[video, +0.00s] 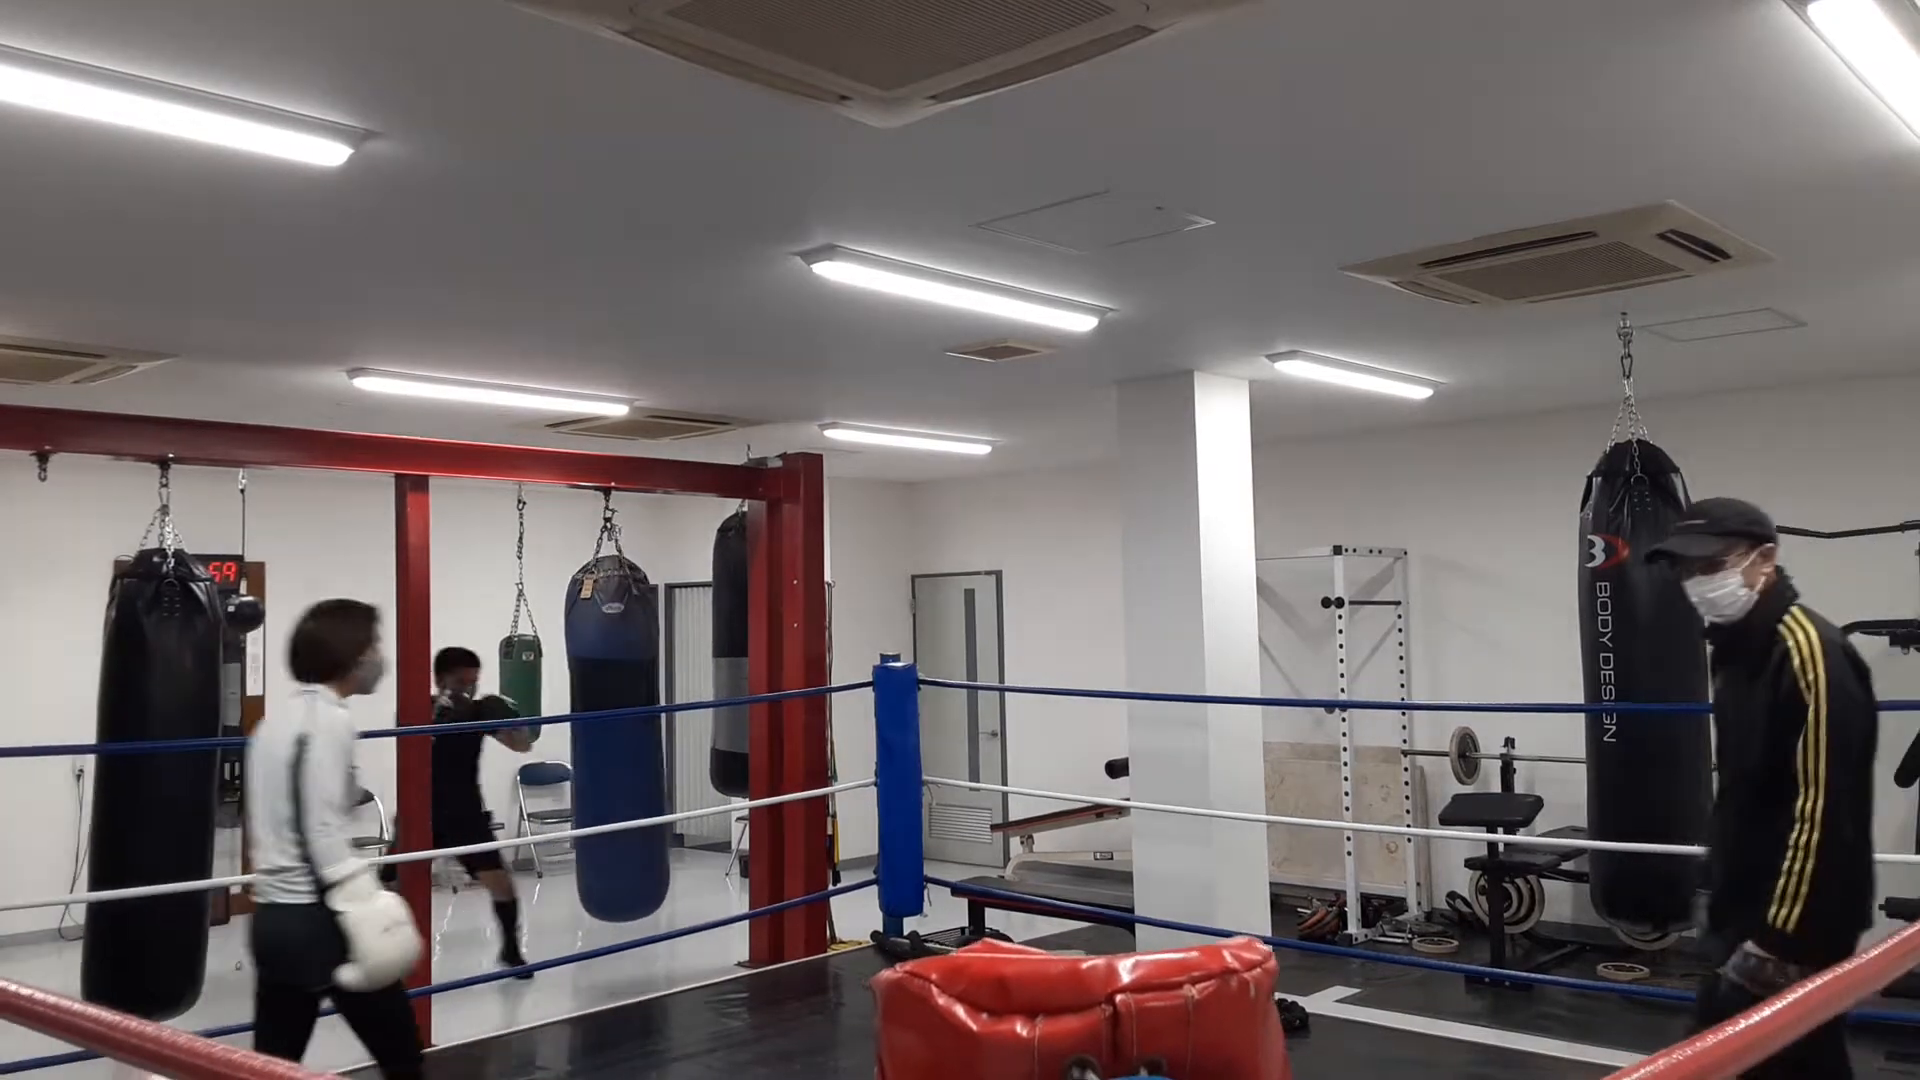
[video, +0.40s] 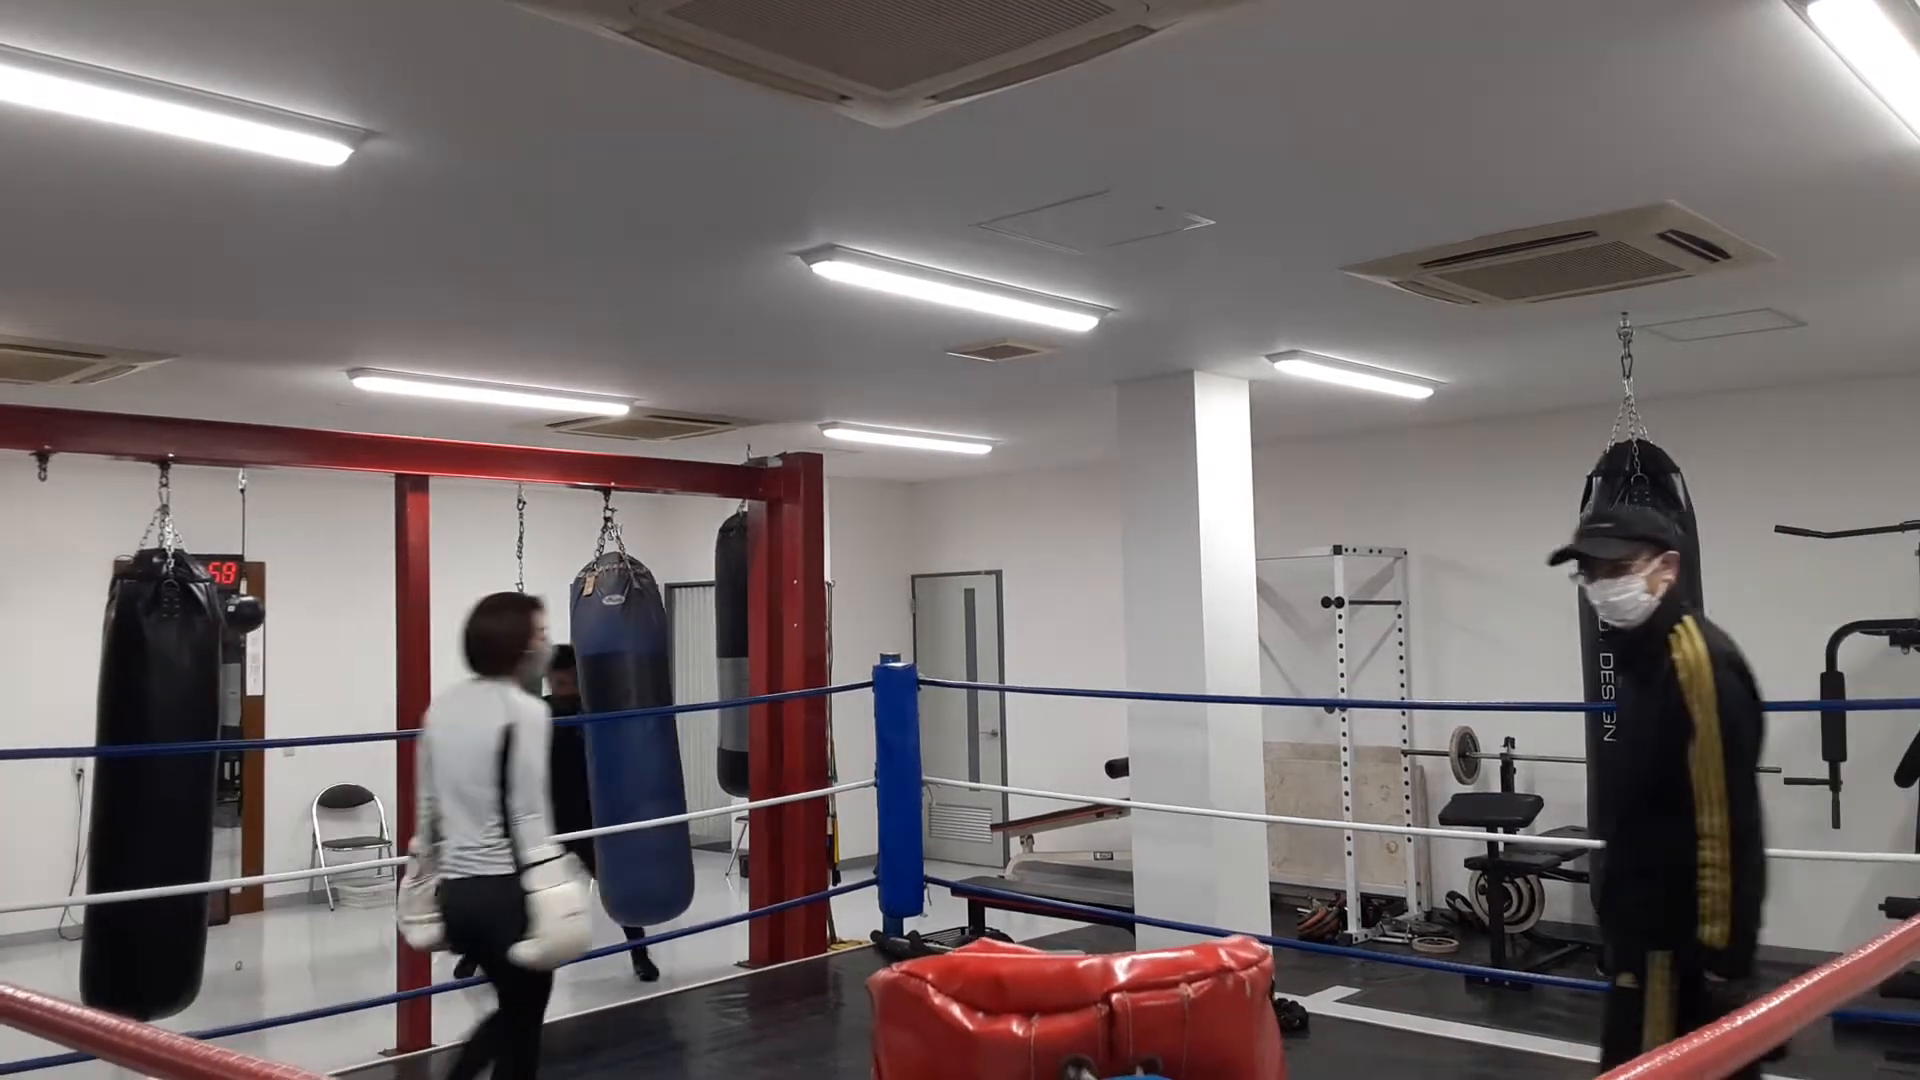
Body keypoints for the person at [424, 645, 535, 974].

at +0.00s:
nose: (469, 689)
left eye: (473, 682)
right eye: (463, 681)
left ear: (476, 681)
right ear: (442, 679)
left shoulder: (478, 712)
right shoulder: (420, 710)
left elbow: (521, 743)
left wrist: (504, 714)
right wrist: (432, 712)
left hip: (465, 812)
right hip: (421, 814)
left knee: (500, 882)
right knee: (396, 886)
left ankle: (511, 950)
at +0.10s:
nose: (485, 689)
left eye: (490, 681)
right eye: (477, 682)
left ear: (496, 680)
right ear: (461, 683)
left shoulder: (508, 714)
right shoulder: (444, 715)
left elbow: (556, 743)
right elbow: (433, 752)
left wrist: (532, 723)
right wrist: (454, 721)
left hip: (493, 815)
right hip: (451, 818)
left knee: (532, 881)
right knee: (422, 889)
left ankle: (560, 946)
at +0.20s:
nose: (509, 686)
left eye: (515, 678)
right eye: (501, 680)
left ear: (523, 678)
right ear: (488, 681)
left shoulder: (540, 709)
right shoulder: (474, 713)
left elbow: (583, 726)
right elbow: (450, 755)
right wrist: (473, 733)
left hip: (531, 810)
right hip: (487, 811)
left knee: (556, 881)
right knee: (461, 880)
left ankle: (580, 948)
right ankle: (459, 953)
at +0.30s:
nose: (532, 686)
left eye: (538, 678)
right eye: (525, 679)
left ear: (551, 675)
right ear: (515, 679)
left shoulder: (567, 707)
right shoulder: (502, 713)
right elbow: (487, 761)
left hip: (557, 805)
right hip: (512, 808)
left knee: (582, 876)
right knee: (507, 883)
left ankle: (621, 946)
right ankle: (502, 955)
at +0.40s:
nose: (565, 688)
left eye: (571, 681)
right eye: (558, 682)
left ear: (584, 682)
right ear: (548, 683)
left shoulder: (599, 714)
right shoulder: (540, 718)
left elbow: (619, 761)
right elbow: (531, 771)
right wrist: (535, 815)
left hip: (600, 812)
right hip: (555, 814)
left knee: (618, 879)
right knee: (545, 884)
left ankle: (640, 952)